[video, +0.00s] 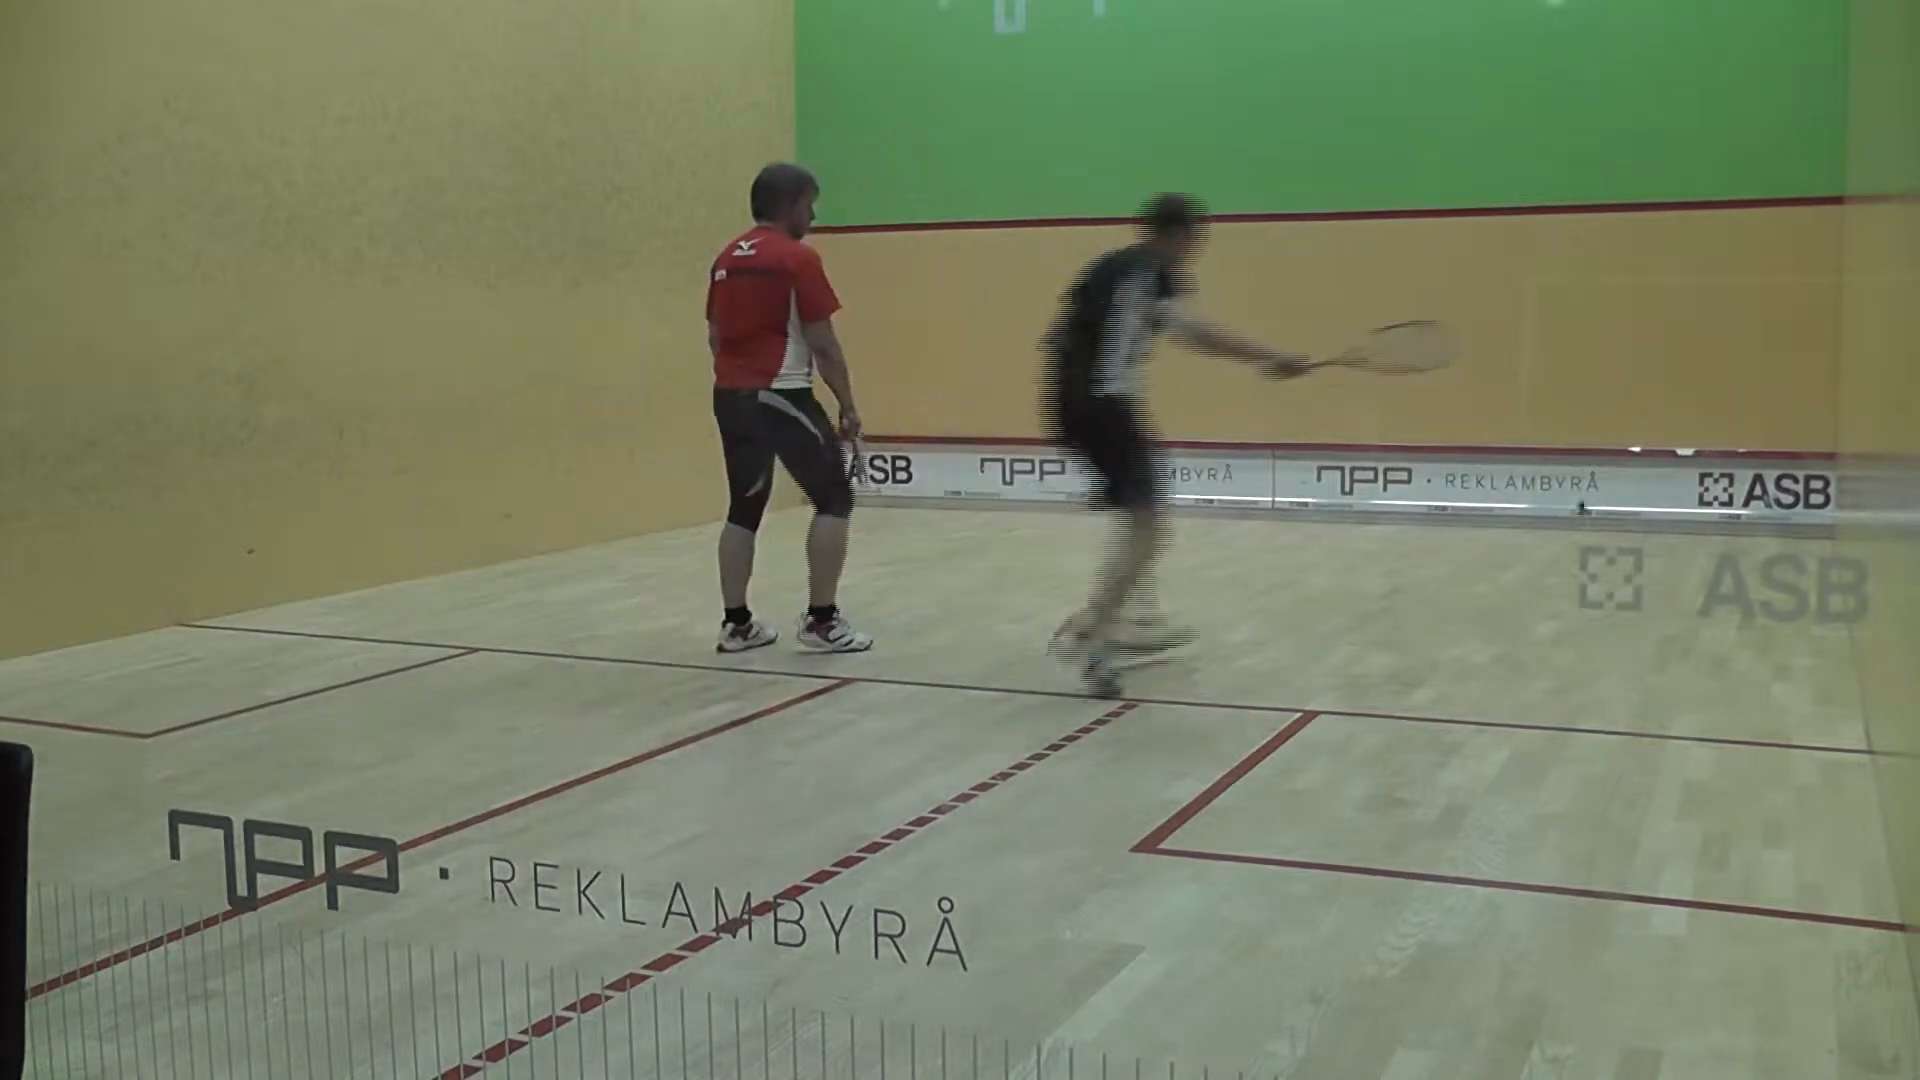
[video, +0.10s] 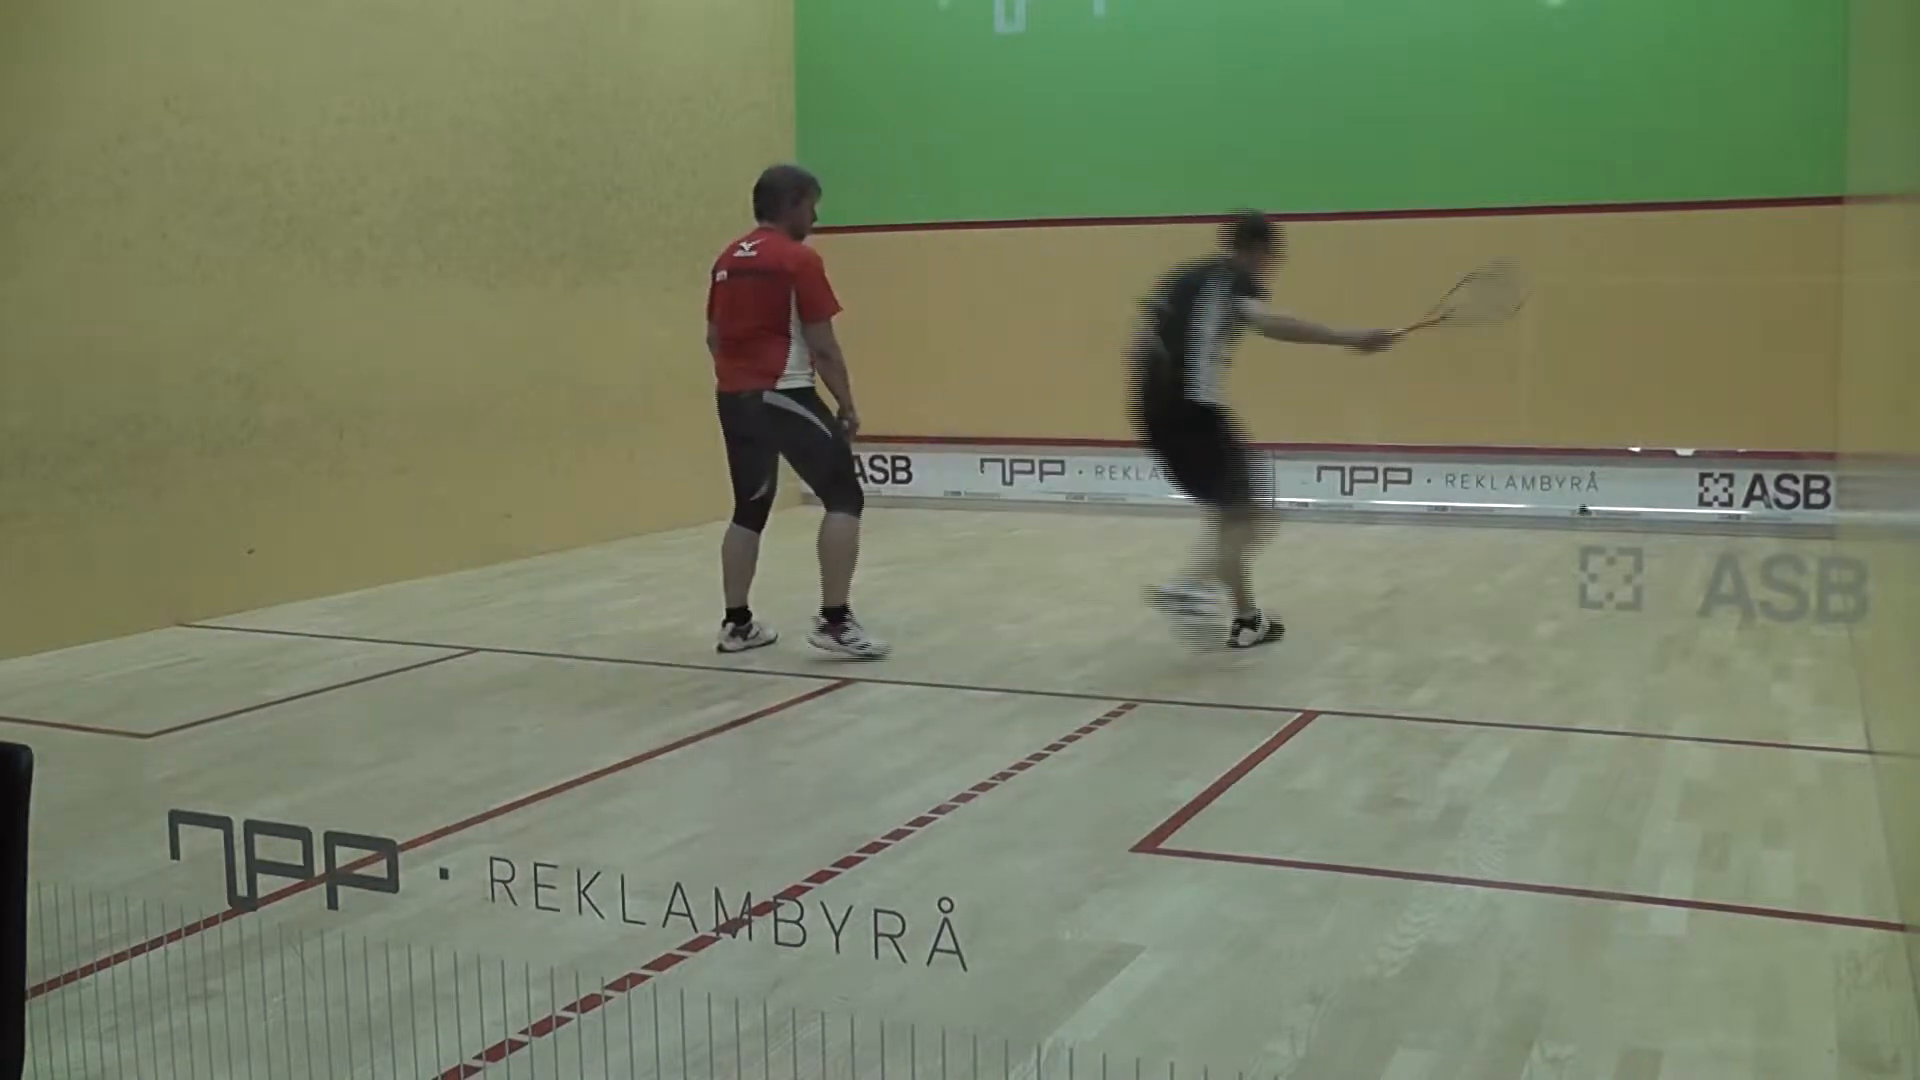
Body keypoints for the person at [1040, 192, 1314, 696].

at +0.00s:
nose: (1194, 248)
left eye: (1196, 238)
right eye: (1188, 237)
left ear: (1171, 236)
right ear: (1165, 234)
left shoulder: (1154, 280)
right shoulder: (1128, 274)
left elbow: (1200, 334)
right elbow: (1201, 334)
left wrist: (1267, 359)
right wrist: (1267, 360)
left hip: (1112, 409)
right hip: (1096, 410)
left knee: (1145, 520)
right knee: (1143, 528)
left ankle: (1126, 621)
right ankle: (1095, 634)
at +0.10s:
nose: (1270, 269)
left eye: (1272, 258)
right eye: (1267, 257)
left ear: (1235, 249)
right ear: (1247, 251)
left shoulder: (1191, 282)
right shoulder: (1224, 285)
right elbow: (1281, 327)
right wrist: (1357, 337)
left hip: (1165, 417)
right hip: (1193, 415)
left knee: (1233, 513)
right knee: (1250, 512)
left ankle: (1245, 618)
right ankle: (1193, 588)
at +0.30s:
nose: (1403, 304)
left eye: (1404, 294)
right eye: (1399, 294)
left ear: (1370, 286)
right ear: (1381, 289)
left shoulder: (1314, 304)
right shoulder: (1365, 330)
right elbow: (1399, 407)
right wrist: (1467, 424)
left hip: (1263, 420)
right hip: (1307, 421)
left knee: (1306, 520)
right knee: (1360, 499)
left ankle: (1259, 592)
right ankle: (1394, 587)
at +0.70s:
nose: (1507, 261)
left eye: (1507, 253)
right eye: (1507, 254)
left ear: (1470, 248)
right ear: (1500, 253)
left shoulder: (1432, 277)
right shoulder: (1502, 296)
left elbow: (1397, 338)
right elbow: (1485, 357)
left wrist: (1425, 361)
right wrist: (1458, 380)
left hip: (1416, 392)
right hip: (1460, 396)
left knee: (1458, 483)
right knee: (1496, 485)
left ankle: (1471, 570)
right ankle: (1444, 548)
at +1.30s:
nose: (1536, 220)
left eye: (1539, 214)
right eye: (1539, 213)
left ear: (1546, 218)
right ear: (1577, 219)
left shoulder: (1532, 263)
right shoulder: (1603, 260)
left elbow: (1524, 325)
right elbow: (1627, 318)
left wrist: (1522, 373)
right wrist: (1658, 369)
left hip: (1550, 377)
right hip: (1593, 377)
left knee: (1549, 460)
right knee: (1597, 468)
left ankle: (1537, 530)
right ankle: (1591, 554)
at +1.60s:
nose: (1545, 228)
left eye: (1549, 222)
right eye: (1547, 221)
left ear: (1562, 226)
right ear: (1583, 226)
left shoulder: (1548, 270)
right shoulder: (1614, 264)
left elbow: (1536, 332)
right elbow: (1632, 323)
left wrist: (1522, 391)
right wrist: (1659, 377)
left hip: (1563, 382)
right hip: (1607, 379)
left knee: (1570, 466)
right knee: (1615, 461)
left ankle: (1584, 548)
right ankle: (1604, 531)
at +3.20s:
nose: (1521, 219)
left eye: (1530, 212)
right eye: (1517, 211)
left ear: (1549, 217)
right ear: (1512, 216)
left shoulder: (1572, 264)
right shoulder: (1507, 268)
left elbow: (1595, 326)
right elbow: (1501, 332)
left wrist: (1597, 388)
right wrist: (1481, 389)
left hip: (1560, 387)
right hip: (1515, 387)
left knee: (1573, 478)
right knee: (1501, 473)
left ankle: (1610, 546)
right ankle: (1512, 571)